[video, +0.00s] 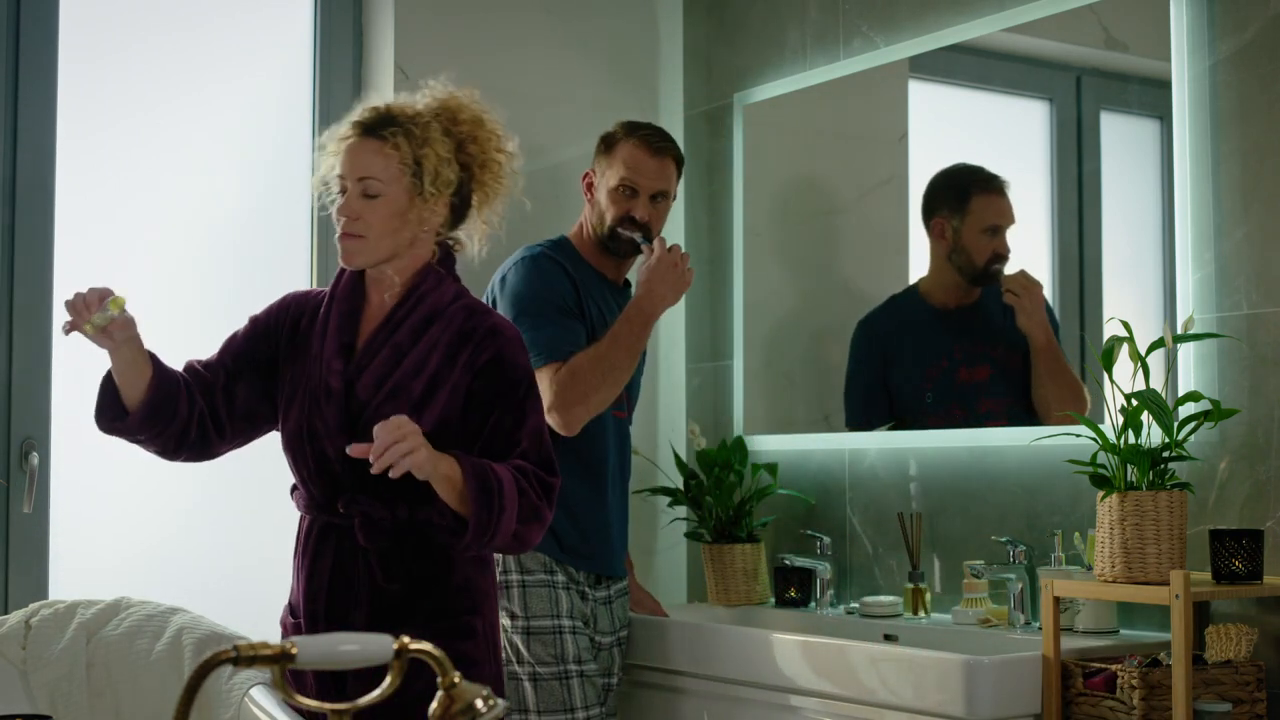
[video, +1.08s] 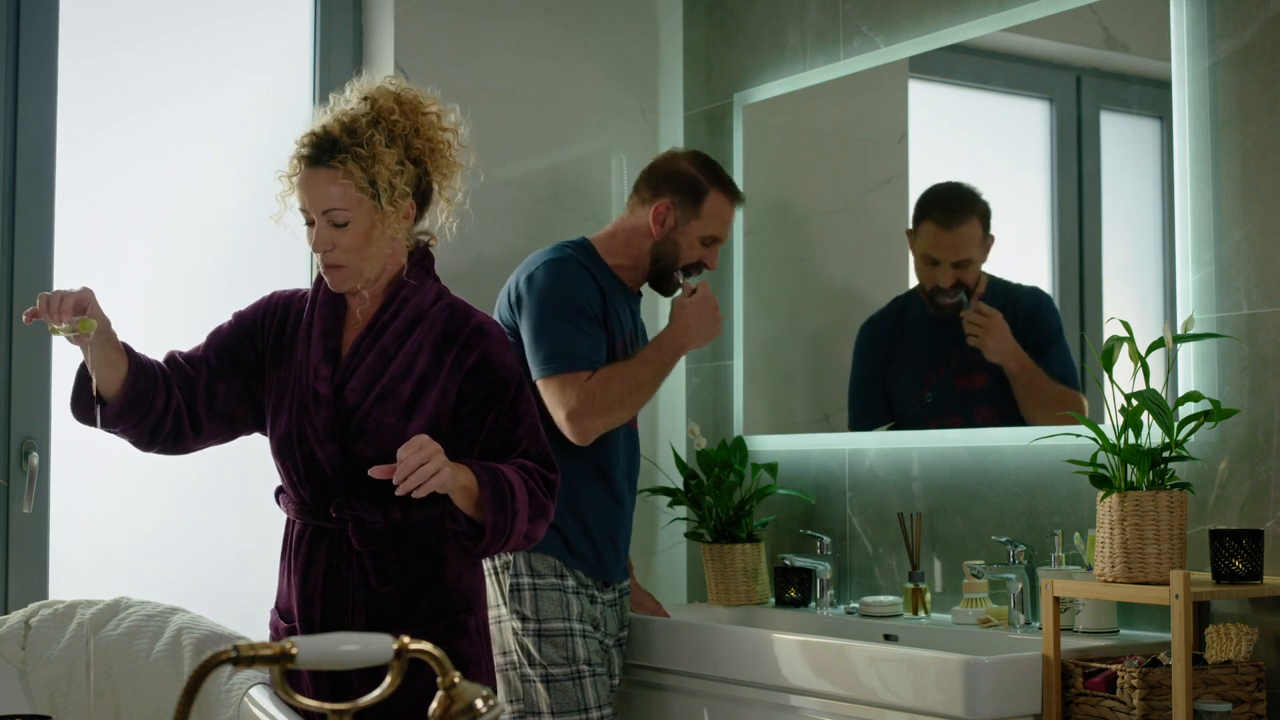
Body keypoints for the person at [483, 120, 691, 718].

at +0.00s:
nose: (642, 213)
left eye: (658, 199)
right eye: (627, 192)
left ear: (670, 204)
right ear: (590, 186)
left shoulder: (623, 298)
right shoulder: (534, 274)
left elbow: (605, 452)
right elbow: (564, 409)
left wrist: (623, 579)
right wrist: (649, 304)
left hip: (599, 578)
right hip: (536, 569)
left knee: (593, 706)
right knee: (558, 710)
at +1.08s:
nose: (711, 263)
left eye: (717, 247)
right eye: (707, 243)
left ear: (663, 222)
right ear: (660, 217)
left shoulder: (623, 308)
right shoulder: (557, 277)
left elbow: (593, 473)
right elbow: (579, 415)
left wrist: (624, 582)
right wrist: (677, 339)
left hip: (598, 576)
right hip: (540, 569)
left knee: (590, 707)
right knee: (565, 710)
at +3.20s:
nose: (605, 178)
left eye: (629, 163)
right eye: (596, 156)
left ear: (665, 178)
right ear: (578, 152)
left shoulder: (677, 297)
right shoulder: (501, 264)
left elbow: (697, 447)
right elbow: (454, 397)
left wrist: (737, 569)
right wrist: (549, 407)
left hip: (605, 572)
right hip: (505, 561)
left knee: (592, 711)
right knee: (508, 713)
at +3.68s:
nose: (606, 198)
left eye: (632, 185)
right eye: (598, 173)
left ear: (672, 191)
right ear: (583, 159)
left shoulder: (683, 304)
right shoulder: (500, 268)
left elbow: (697, 461)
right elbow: (448, 405)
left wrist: (715, 597)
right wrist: (530, 417)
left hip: (603, 579)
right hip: (497, 567)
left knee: (594, 711)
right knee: (501, 713)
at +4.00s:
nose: (604, 195)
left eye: (631, 182)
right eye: (596, 170)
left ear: (671, 189)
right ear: (582, 157)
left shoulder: (683, 304)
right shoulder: (501, 267)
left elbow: (697, 461)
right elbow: (452, 414)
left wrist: (715, 596)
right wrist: (532, 412)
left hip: (605, 582)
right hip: (498, 569)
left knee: (596, 711)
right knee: (501, 714)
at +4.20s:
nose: (600, 193)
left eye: (626, 179)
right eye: (592, 168)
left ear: (668, 187)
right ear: (579, 155)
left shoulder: (684, 301)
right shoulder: (500, 268)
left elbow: (697, 461)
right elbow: (453, 419)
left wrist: (715, 597)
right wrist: (534, 425)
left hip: (607, 583)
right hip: (499, 571)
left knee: (598, 710)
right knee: (501, 713)